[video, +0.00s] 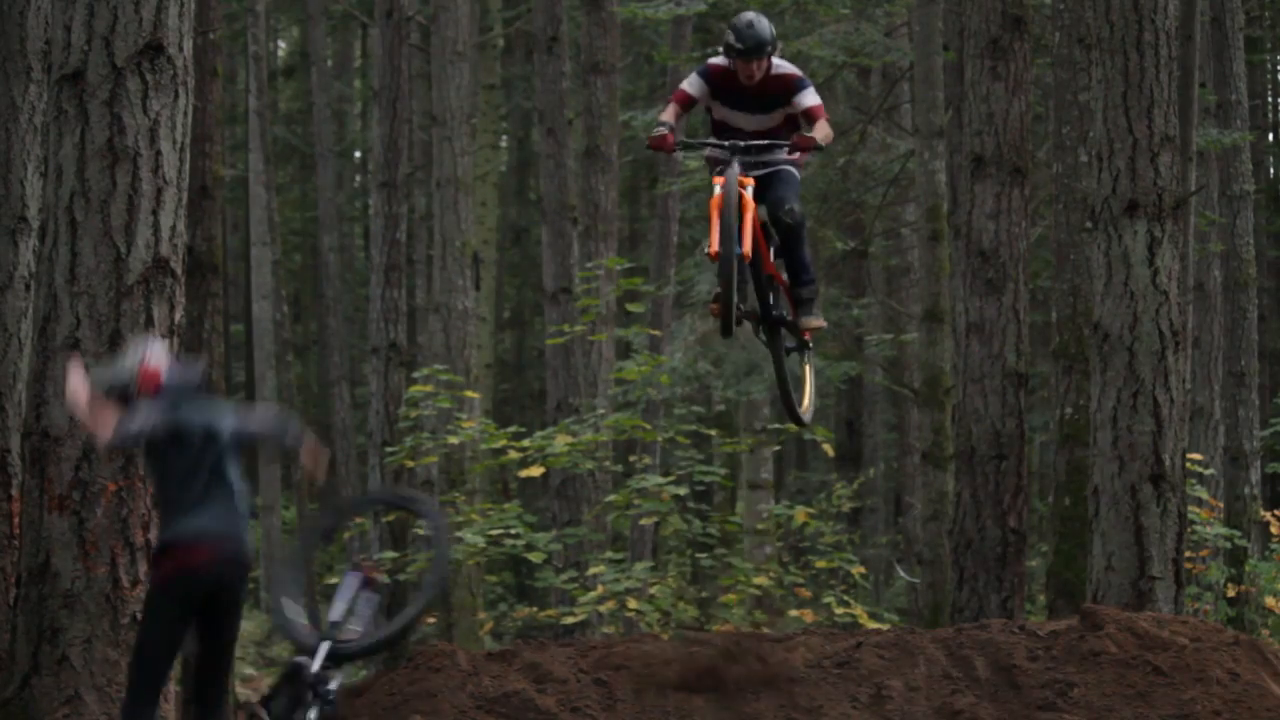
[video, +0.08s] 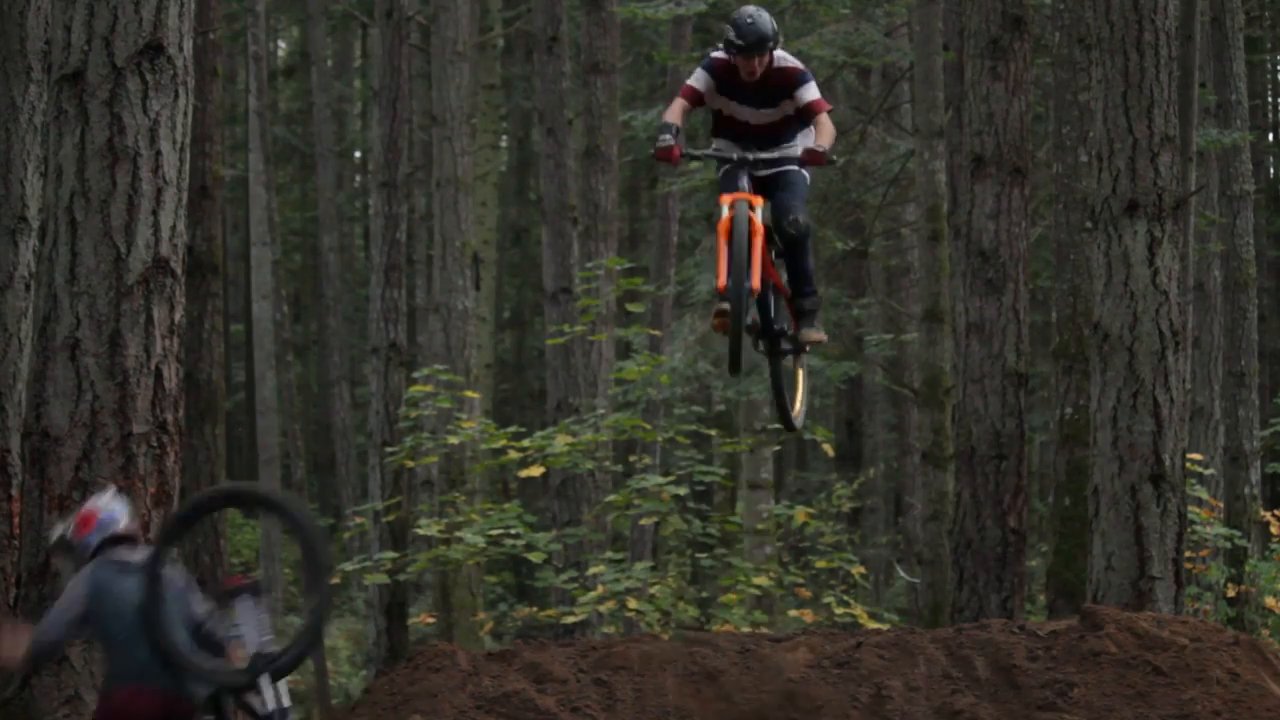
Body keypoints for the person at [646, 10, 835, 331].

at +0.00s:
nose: (752, 69)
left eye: (758, 61)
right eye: (744, 61)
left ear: (770, 56)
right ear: (731, 56)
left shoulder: (789, 77)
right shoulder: (712, 73)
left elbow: (823, 126)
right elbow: (675, 107)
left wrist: (813, 138)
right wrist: (664, 128)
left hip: (775, 159)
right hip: (726, 157)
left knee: (787, 215)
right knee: (722, 213)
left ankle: (806, 303)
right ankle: (726, 289)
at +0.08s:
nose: (753, 65)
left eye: (760, 57)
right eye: (745, 57)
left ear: (771, 51)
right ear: (731, 51)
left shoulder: (791, 70)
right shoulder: (716, 66)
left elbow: (823, 121)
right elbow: (679, 105)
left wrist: (819, 147)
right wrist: (668, 135)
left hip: (784, 157)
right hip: (733, 157)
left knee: (793, 226)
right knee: (730, 221)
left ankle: (807, 317)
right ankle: (727, 301)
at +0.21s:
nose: (738, 40)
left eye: (747, 32)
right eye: (731, 29)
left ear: (761, 24)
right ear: (716, 17)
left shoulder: (773, 40)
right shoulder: (682, 21)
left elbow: (811, 107)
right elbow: (627, 77)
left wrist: (797, 129)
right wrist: (634, 128)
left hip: (709, 111)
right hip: (661, 104)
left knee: (747, 178)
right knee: (678, 168)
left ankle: (747, 292)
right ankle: (671, 275)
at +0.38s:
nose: (743, 70)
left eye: (753, 61)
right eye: (737, 59)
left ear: (767, 52)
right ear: (722, 45)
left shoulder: (777, 69)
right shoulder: (687, 49)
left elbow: (808, 138)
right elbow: (629, 108)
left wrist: (800, 171)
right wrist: (635, 167)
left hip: (713, 140)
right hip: (662, 134)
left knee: (749, 217)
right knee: (679, 202)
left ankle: (744, 324)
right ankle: (669, 310)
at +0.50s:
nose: (744, 113)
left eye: (754, 105)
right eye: (737, 103)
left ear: (769, 95)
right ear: (720, 87)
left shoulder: (777, 107)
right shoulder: (686, 91)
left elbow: (806, 175)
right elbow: (632, 157)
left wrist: (808, 228)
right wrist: (639, 226)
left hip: (715, 183)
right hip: (664, 177)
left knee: (748, 267)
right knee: (681, 251)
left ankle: (742, 358)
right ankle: (667, 362)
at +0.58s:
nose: (746, 171)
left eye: (755, 163)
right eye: (738, 160)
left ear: (770, 151)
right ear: (720, 144)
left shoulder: (779, 162)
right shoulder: (684, 153)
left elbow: (810, 235)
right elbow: (636, 226)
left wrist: (817, 305)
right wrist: (648, 303)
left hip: (716, 237)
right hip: (666, 236)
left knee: (751, 327)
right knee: (682, 318)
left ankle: (737, 421)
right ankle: (667, 431)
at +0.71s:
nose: (744, 206)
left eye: (754, 198)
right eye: (736, 196)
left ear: (770, 186)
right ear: (719, 179)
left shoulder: (783, 199)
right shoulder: (681, 192)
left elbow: (813, 273)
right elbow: (639, 267)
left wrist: (822, 347)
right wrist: (652, 347)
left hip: (721, 274)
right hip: (668, 274)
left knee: (745, 365)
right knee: (681, 365)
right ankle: (663, 477)